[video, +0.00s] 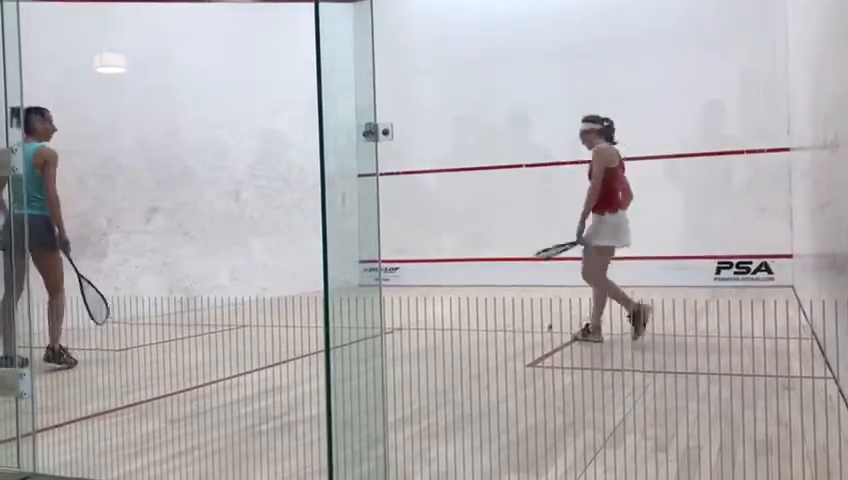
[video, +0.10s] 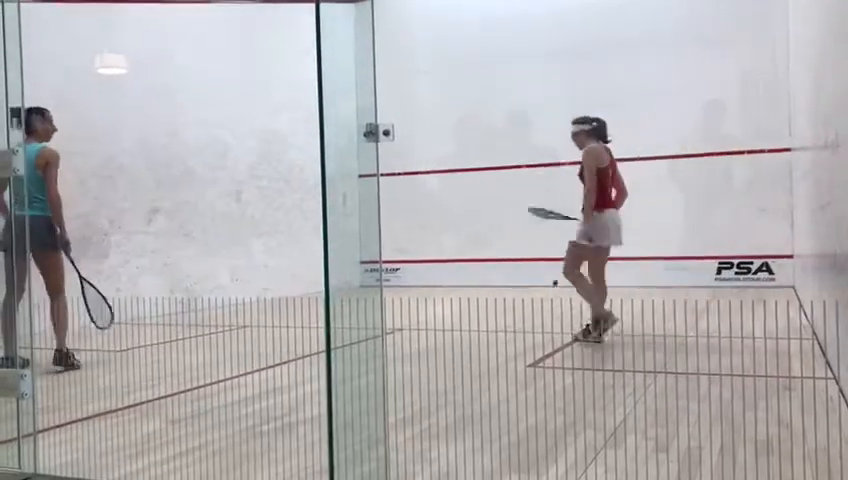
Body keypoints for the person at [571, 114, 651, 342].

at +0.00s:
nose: (582, 139)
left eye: (585, 134)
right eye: (581, 135)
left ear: (596, 133)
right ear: (601, 134)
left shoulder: (600, 152)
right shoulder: (612, 153)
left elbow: (594, 189)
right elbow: (627, 194)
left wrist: (582, 220)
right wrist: (611, 216)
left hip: (603, 221)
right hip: (613, 219)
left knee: (590, 273)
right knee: (599, 274)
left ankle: (634, 309)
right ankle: (594, 326)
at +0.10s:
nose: (573, 140)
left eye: (575, 135)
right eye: (573, 136)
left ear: (586, 133)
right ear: (592, 134)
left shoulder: (590, 151)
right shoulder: (606, 152)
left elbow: (590, 189)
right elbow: (622, 191)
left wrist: (586, 223)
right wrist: (609, 212)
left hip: (595, 220)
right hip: (609, 219)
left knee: (570, 269)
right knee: (597, 274)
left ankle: (602, 314)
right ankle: (596, 325)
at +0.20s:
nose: (568, 141)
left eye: (570, 136)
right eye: (567, 136)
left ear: (580, 134)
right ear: (587, 134)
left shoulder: (578, 151)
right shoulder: (600, 154)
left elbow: (584, 186)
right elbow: (616, 193)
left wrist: (587, 219)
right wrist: (605, 217)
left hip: (583, 217)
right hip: (602, 217)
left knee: (566, 269)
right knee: (595, 273)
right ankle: (596, 327)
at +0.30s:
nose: (561, 140)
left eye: (564, 137)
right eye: (561, 136)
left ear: (574, 136)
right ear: (582, 137)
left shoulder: (568, 153)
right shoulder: (594, 156)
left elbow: (574, 187)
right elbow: (609, 195)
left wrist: (578, 219)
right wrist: (609, 225)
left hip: (575, 219)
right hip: (598, 218)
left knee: (561, 275)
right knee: (589, 274)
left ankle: (550, 324)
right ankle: (595, 327)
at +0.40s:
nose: (555, 143)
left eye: (557, 139)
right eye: (555, 139)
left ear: (567, 137)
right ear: (576, 138)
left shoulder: (559, 156)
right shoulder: (590, 158)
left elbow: (559, 190)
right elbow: (604, 194)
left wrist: (558, 220)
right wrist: (606, 223)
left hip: (568, 218)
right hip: (591, 217)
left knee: (556, 277)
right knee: (582, 275)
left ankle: (551, 326)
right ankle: (595, 325)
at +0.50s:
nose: (551, 140)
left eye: (553, 137)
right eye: (552, 137)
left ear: (559, 137)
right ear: (573, 138)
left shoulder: (548, 157)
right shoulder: (585, 159)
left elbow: (543, 193)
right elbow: (600, 193)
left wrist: (537, 224)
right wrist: (600, 218)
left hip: (558, 219)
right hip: (584, 217)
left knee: (551, 277)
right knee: (580, 271)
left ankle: (551, 326)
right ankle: (594, 320)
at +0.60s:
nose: (548, 142)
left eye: (550, 138)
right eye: (549, 138)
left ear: (555, 138)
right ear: (570, 139)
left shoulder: (543, 157)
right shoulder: (582, 158)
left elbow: (529, 191)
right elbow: (595, 192)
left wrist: (522, 218)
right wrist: (594, 216)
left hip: (554, 219)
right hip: (580, 217)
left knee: (550, 278)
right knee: (583, 271)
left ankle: (551, 325)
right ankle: (587, 318)